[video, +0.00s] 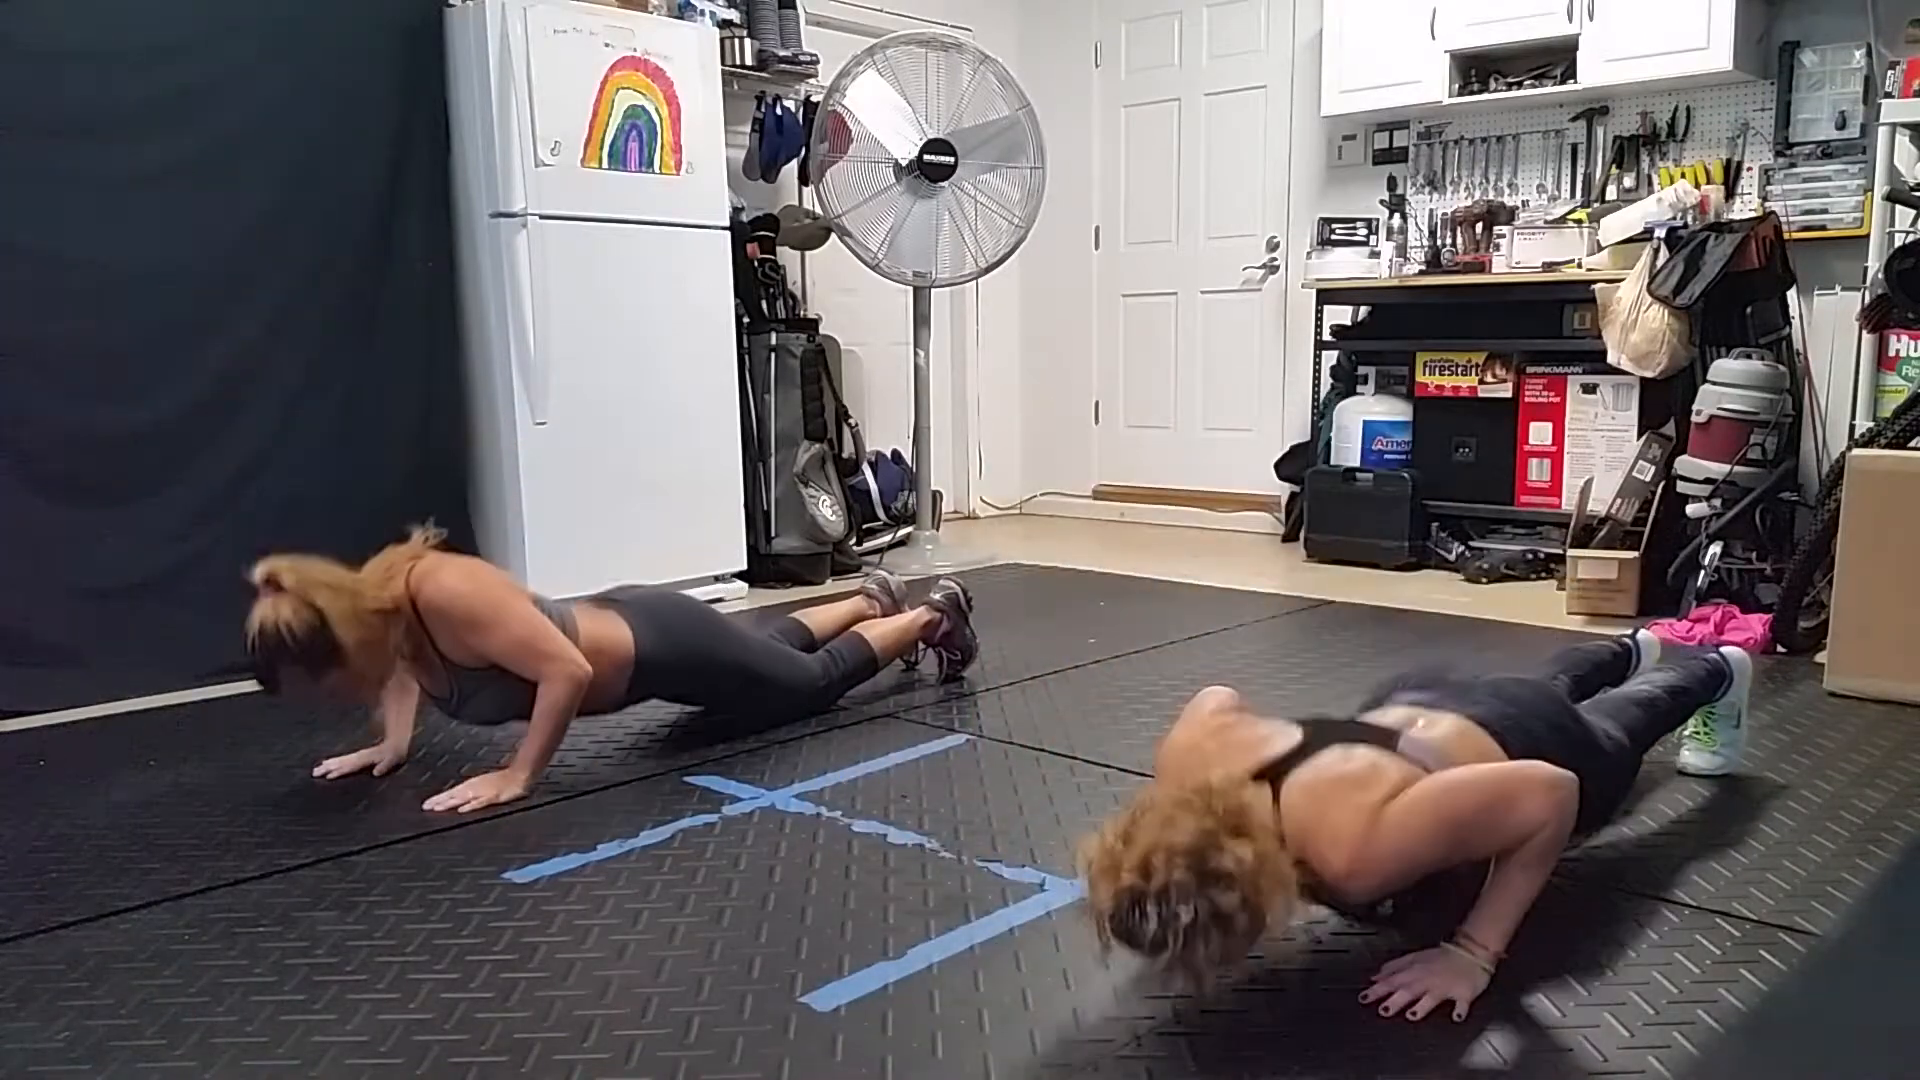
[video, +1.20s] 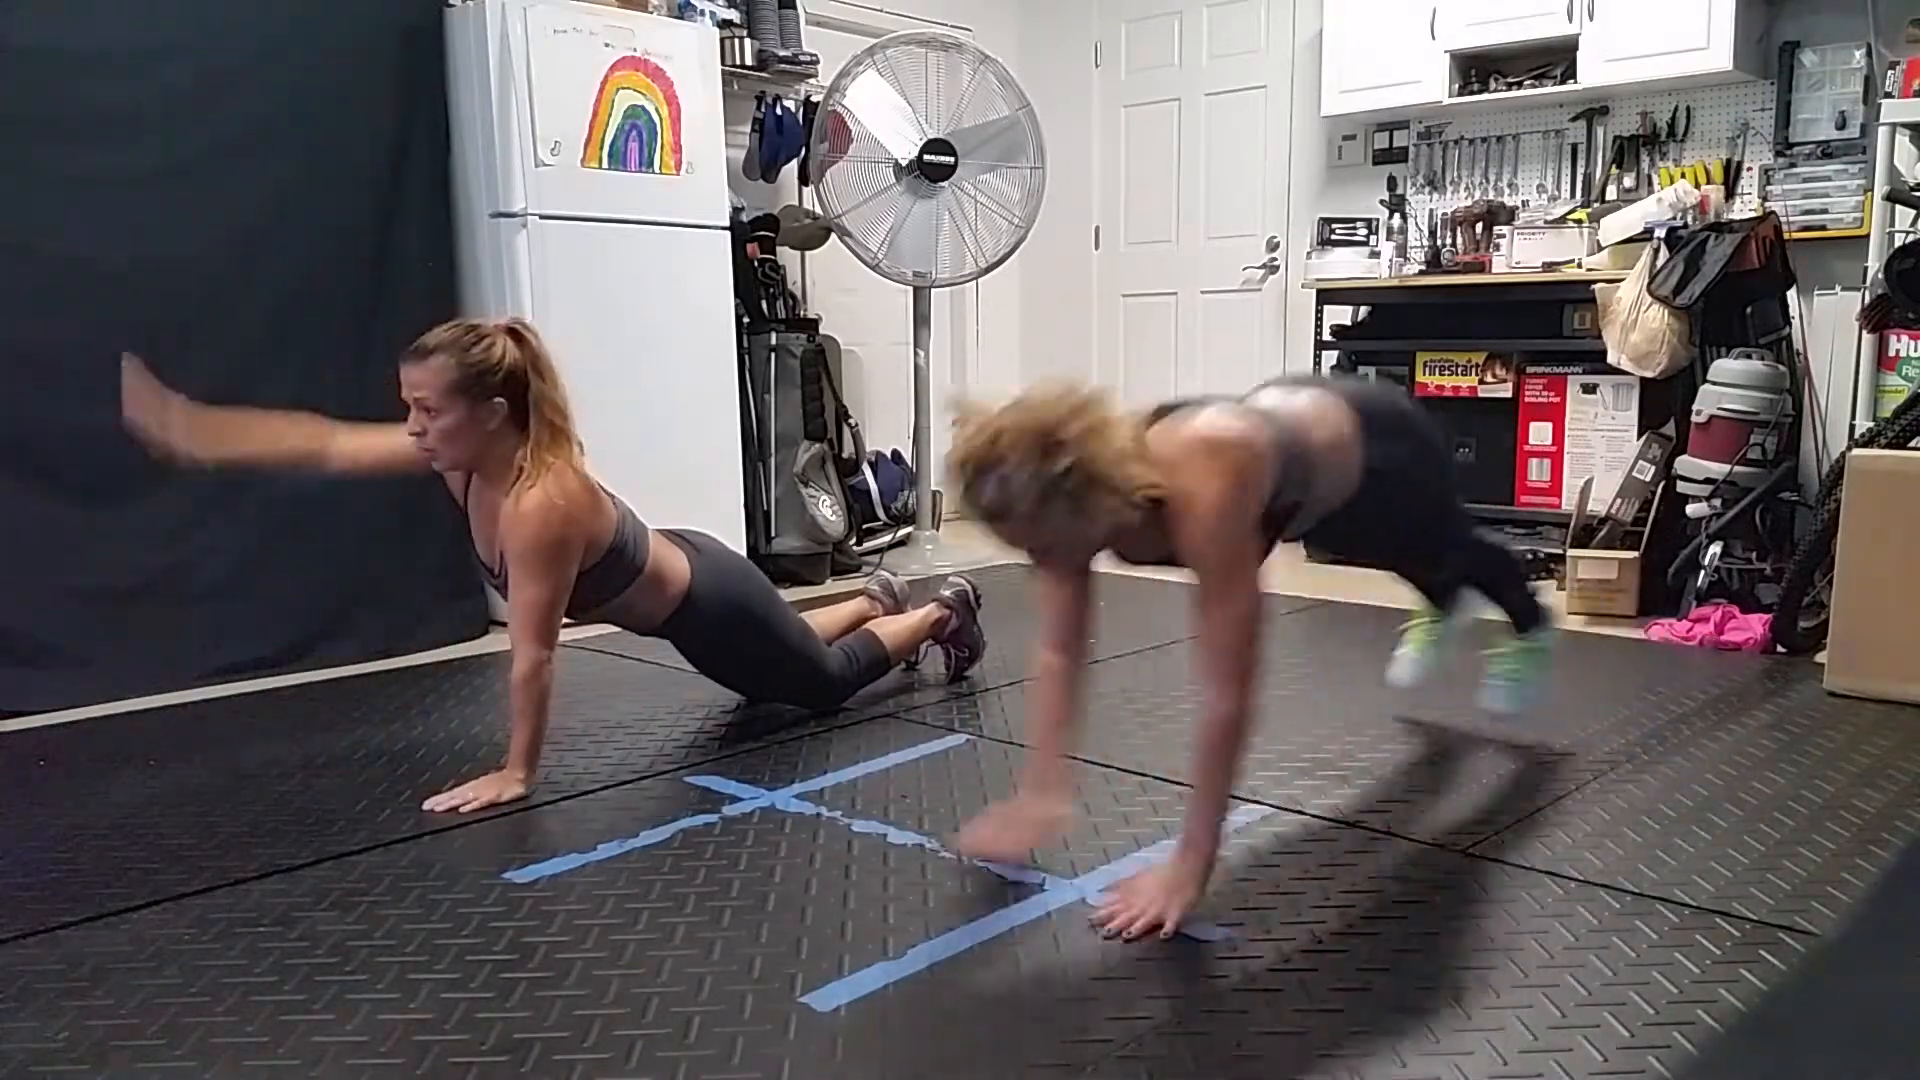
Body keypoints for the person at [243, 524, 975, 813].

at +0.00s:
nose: (330, 697)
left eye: (322, 684)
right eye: (315, 692)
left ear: (337, 645)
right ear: (334, 635)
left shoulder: (447, 593)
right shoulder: (386, 607)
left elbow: (564, 670)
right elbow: (399, 673)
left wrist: (515, 775)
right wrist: (389, 742)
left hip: (666, 646)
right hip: (631, 625)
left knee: (819, 677)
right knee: (764, 640)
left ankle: (927, 618)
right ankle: (869, 595)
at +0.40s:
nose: (338, 611)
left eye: (333, 592)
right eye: (325, 599)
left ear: (361, 554)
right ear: (356, 550)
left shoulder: (478, 543)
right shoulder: (406, 555)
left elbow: (555, 666)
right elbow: (402, 644)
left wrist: (516, 775)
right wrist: (392, 743)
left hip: (673, 629)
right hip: (640, 608)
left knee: (818, 677)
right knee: (772, 639)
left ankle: (933, 616)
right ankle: (874, 598)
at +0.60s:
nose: (375, 507)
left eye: (378, 491)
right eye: (367, 494)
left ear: (426, 466)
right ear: (415, 466)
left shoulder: (523, 510)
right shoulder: (438, 510)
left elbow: (541, 658)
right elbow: (412, 619)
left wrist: (519, 772)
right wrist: (387, 731)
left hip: (695, 618)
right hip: (663, 599)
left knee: (826, 671)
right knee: (775, 645)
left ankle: (934, 619)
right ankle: (874, 595)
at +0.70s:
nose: (397, 475)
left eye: (405, 459)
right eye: (389, 461)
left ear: (457, 439)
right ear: (433, 440)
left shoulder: (528, 512)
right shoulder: (457, 485)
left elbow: (540, 654)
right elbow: (392, 580)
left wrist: (518, 772)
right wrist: (332, 681)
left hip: (706, 608)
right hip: (667, 578)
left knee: (832, 677)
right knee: (771, 641)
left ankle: (932, 622)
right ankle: (868, 600)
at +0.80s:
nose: (404, 451)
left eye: (417, 435)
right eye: (402, 435)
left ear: (477, 428)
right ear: (445, 423)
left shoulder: (534, 513)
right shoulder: (458, 461)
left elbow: (538, 651)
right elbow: (338, 510)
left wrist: (520, 772)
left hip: (714, 607)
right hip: (679, 563)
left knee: (833, 676)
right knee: (785, 615)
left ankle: (936, 623)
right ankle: (881, 595)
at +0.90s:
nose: (412, 429)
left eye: (429, 414)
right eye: (410, 410)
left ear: (491, 417)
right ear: (445, 413)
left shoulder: (538, 508)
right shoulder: (455, 446)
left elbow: (537, 646)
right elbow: (318, 423)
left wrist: (519, 772)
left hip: (718, 604)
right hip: (679, 569)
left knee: (834, 679)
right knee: (788, 627)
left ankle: (935, 622)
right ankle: (887, 595)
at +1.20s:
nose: (413, 429)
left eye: (429, 414)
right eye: (411, 412)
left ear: (493, 416)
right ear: (443, 412)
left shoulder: (537, 510)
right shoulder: (456, 450)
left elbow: (535, 647)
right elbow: (321, 443)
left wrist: (518, 771)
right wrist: (188, 429)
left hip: (715, 609)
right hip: (678, 569)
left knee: (834, 677)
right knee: (784, 619)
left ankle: (930, 622)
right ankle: (878, 595)